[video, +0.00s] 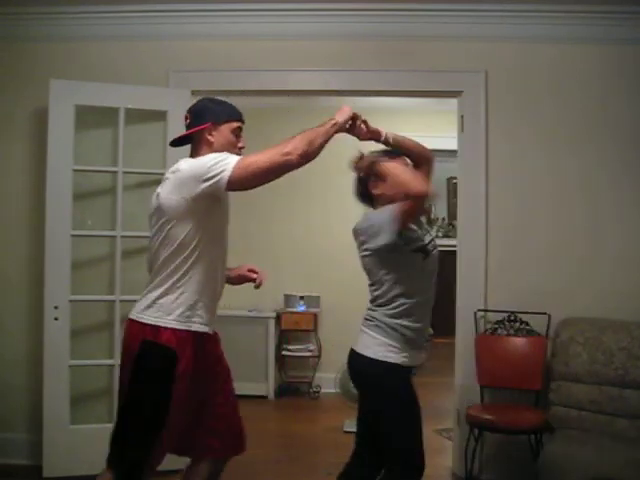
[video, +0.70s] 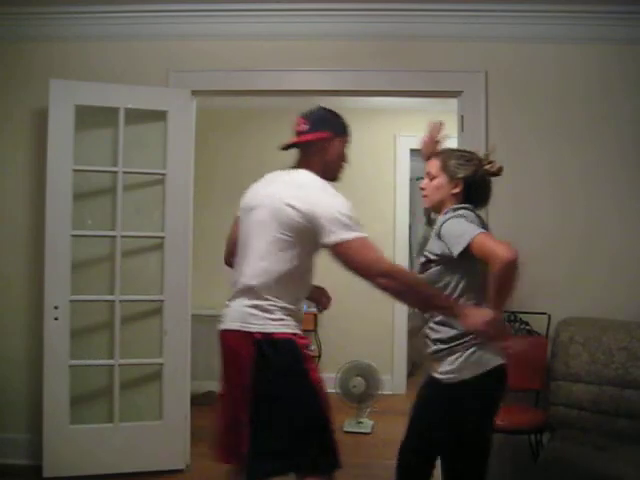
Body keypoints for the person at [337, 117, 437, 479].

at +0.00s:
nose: (409, 167)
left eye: (404, 163)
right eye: (399, 164)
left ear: (387, 185)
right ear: (378, 186)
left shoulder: (407, 219)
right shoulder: (374, 224)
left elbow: (425, 158)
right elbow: (419, 193)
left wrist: (379, 134)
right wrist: (378, 168)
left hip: (393, 361)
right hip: (379, 363)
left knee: (368, 459)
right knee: (408, 465)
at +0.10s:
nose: (388, 185)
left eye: (397, 178)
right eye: (381, 179)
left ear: (410, 187)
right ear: (372, 189)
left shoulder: (424, 222)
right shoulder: (368, 234)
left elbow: (437, 169)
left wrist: (381, 145)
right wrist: (349, 171)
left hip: (410, 368)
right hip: (375, 366)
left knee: (363, 460)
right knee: (402, 465)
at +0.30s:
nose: (383, 187)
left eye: (393, 180)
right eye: (384, 180)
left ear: (418, 186)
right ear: (389, 188)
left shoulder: (437, 227)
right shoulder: (377, 227)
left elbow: (443, 202)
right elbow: (329, 189)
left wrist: (380, 202)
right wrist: (364, 159)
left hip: (424, 376)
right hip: (373, 371)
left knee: (403, 468)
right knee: (372, 465)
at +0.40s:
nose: (390, 186)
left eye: (400, 181)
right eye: (392, 180)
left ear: (425, 191)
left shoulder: (439, 221)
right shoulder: (388, 223)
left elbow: (458, 232)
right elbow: (357, 199)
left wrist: (402, 253)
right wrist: (370, 154)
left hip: (429, 378)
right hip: (379, 371)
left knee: (417, 471)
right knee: (374, 467)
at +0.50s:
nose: (399, 183)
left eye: (409, 178)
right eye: (402, 176)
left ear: (434, 190)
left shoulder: (442, 223)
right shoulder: (407, 221)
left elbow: (473, 249)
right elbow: (390, 197)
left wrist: (422, 291)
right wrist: (383, 148)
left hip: (436, 377)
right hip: (394, 369)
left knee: (418, 469)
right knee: (384, 465)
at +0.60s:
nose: (411, 182)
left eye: (420, 176)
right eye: (412, 175)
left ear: (444, 187)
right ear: (439, 188)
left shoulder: (448, 220)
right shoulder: (427, 217)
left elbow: (487, 252)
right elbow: (414, 185)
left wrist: (456, 311)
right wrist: (402, 145)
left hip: (452, 374)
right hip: (420, 369)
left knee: (444, 470)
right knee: (396, 465)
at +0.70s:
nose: (422, 186)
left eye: (430, 178)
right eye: (424, 177)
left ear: (455, 185)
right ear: (455, 187)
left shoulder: (453, 222)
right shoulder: (455, 218)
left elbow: (504, 256)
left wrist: (494, 315)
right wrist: (430, 158)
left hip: (461, 376)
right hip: (468, 371)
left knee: (410, 466)